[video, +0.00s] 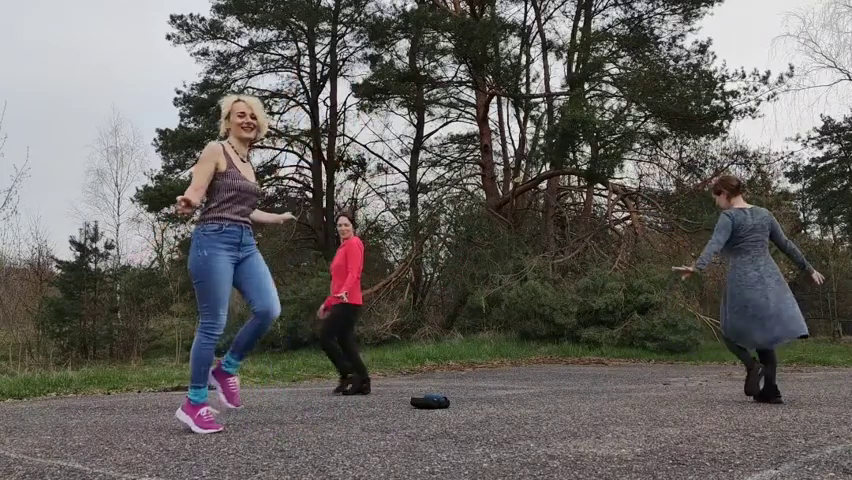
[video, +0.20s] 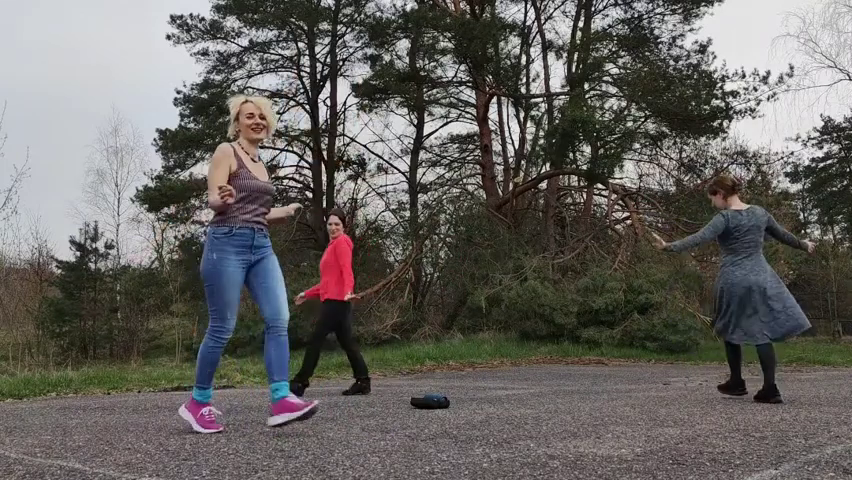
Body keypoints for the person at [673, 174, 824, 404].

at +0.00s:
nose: (716, 202)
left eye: (716, 197)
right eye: (715, 198)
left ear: (725, 194)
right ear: (739, 192)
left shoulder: (728, 217)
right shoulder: (764, 214)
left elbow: (715, 243)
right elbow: (786, 244)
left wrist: (697, 266)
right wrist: (810, 269)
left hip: (742, 280)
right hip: (768, 278)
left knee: (730, 333)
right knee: (763, 332)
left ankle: (751, 364)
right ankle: (770, 388)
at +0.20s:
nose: (712, 203)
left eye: (712, 198)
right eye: (711, 199)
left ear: (721, 194)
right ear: (736, 192)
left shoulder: (724, 218)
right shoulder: (759, 212)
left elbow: (699, 238)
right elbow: (782, 234)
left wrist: (668, 246)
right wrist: (803, 244)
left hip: (734, 280)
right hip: (761, 278)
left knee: (730, 330)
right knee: (761, 331)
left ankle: (735, 381)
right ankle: (770, 387)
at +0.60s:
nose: (698, 208)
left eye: (698, 202)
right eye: (697, 203)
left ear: (707, 200)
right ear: (716, 198)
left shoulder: (706, 224)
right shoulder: (740, 219)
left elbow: (681, 244)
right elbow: (764, 239)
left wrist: (650, 250)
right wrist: (791, 250)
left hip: (714, 283)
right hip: (739, 280)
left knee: (722, 334)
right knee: (746, 330)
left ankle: (733, 384)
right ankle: (762, 379)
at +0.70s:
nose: (695, 209)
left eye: (696, 204)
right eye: (694, 204)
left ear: (704, 201)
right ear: (713, 199)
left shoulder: (705, 225)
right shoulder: (738, 221)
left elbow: (679, 245)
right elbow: (762, 242)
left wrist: (648, 252)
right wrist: (787, 256)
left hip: (714, 284)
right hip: (738, 282)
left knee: (718, 333)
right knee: (739, 331)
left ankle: (733, 384)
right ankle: (736, 375)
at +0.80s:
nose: (692, 211)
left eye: (693, 206)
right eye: (691, 206)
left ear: (702, 203)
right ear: (710, 202)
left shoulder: (704, 225)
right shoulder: (734, 222)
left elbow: (679, 244)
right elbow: (756, 245)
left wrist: (647, 252)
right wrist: (782, 262)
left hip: (714, 285)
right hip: (735, 282)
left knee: (716, 333)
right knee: (732, 326)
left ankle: (734, 385)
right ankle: (714, 352)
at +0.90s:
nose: (689, 212)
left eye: (690, 207)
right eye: (689, 208)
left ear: (697, 204)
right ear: (709, 203)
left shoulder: (701, 224)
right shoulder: (731, 223)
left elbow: (675, 243)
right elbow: (752, 248)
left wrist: (644, 248)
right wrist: (775, 264)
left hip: (713, 281)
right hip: (733, 280)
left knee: (717, 332)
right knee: (708, 319)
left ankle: (733, 383)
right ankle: (689, 350)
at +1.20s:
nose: (677, 213)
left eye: (678, 209)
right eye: (676, 209)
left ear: (686, 206)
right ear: (695, 206)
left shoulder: (691, 224)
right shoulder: (714, 226)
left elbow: (668, 239)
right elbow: (729, 250)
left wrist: (636, 240)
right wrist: (747, 265)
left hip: (703, 285)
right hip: (715, 283)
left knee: (713, 334)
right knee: (697, 333)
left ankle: (733, 383)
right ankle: (694, 383)